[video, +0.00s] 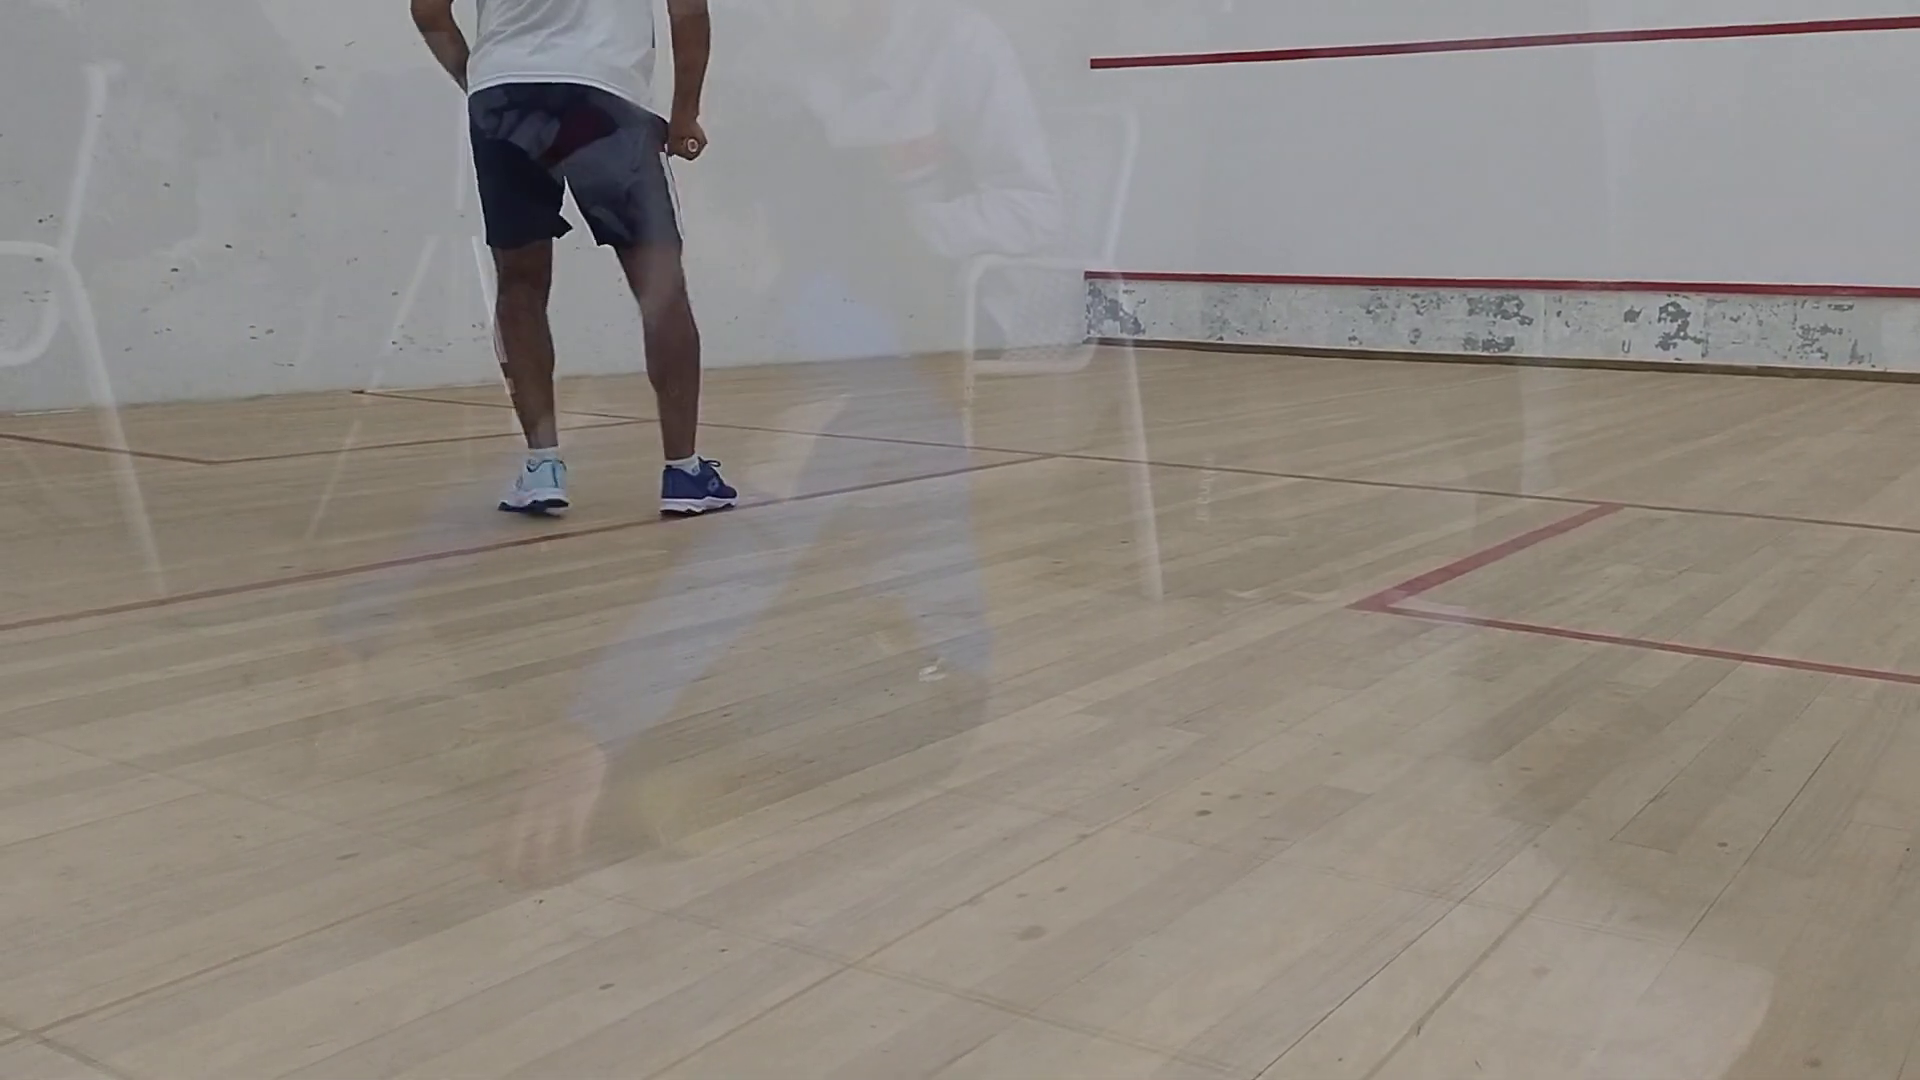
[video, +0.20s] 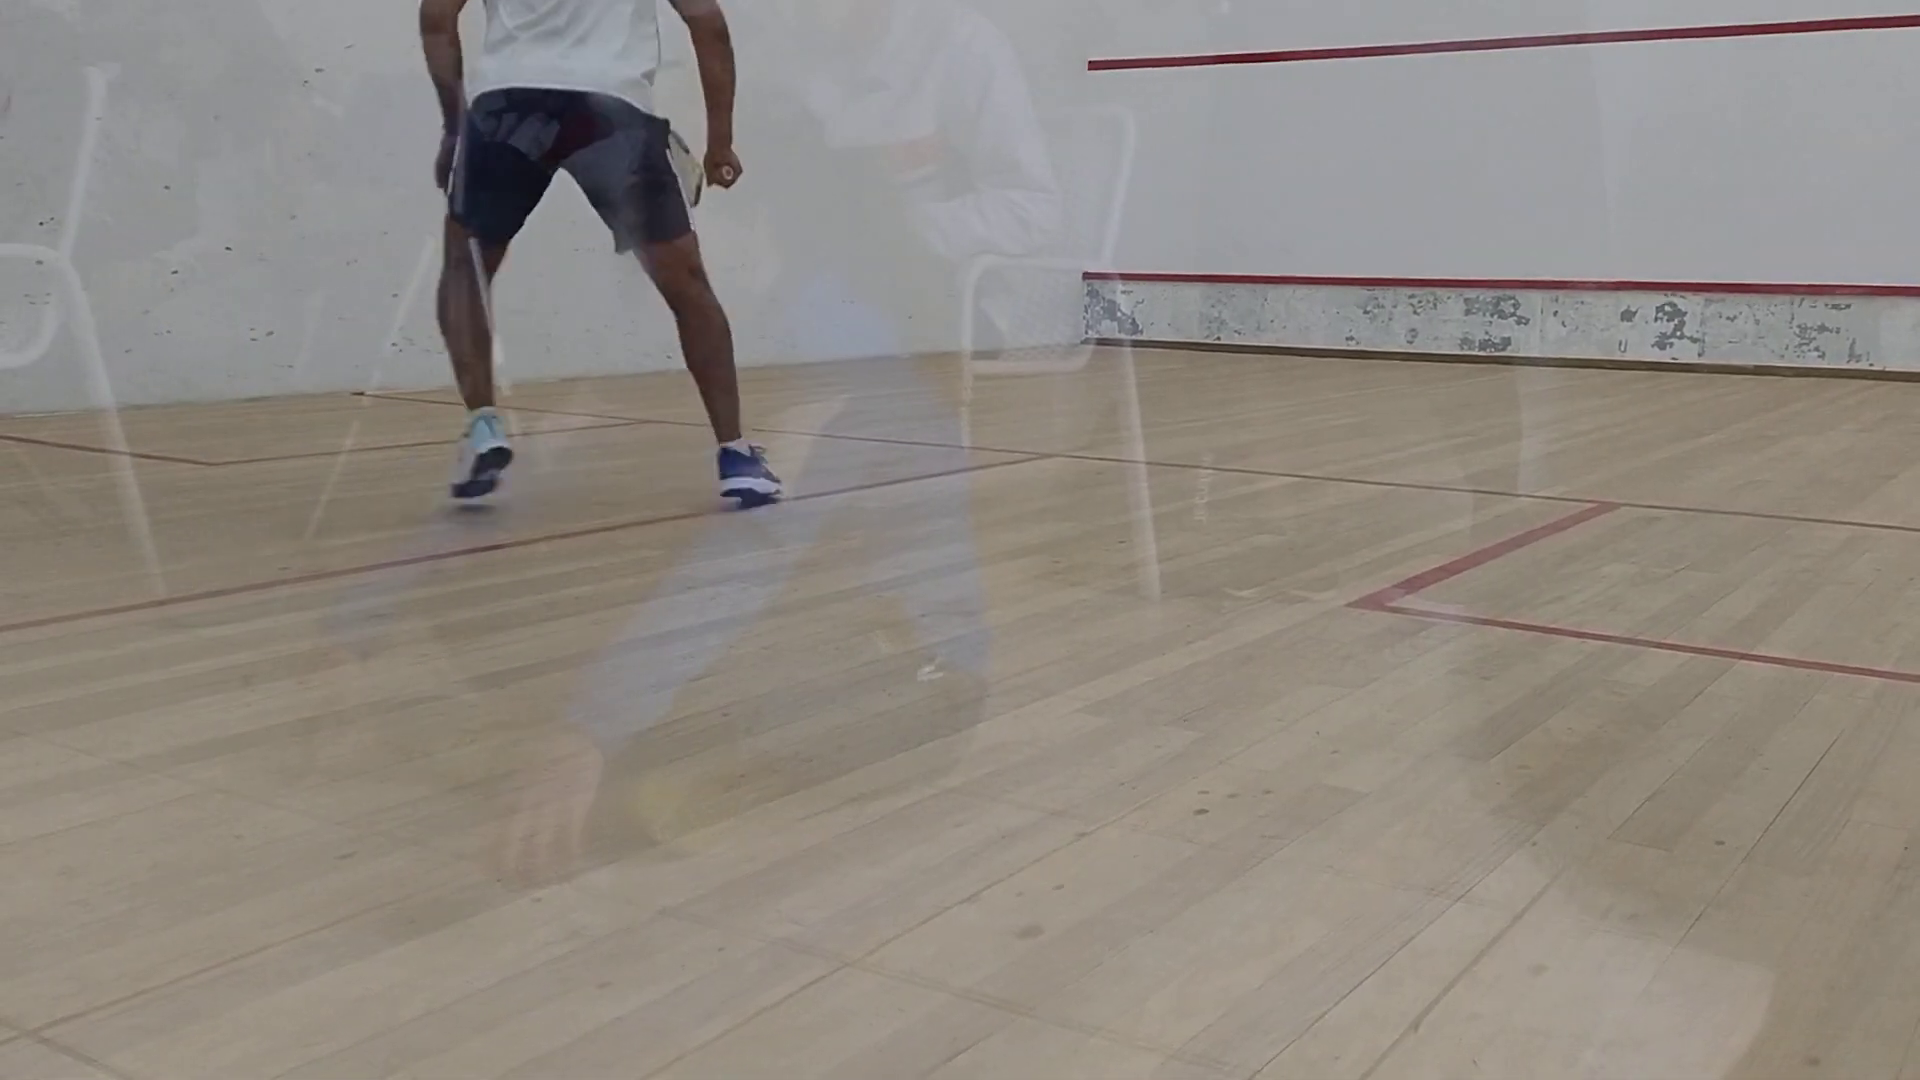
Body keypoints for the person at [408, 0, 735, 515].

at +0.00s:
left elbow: (428, 11)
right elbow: (689, 10)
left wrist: (485, 88)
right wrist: (684, 113)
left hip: (501, 86)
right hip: (606, 83)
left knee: (521, 288)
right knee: (661, 287)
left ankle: (542, 466)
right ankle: (684, 468)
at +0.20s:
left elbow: (435, 20)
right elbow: (709, 21)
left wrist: (455, 126)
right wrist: (721, 140)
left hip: (507, 94)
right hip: (614, 96)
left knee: (464, 266)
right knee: (686, 286)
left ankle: (483, 425)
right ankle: (735, 452)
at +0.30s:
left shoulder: (490, 2)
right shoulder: (658, 5)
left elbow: (431, 66)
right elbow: (716, 87)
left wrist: (422, 176)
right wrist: (737, 199)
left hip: (507, 144)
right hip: (617, 146)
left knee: (428, 272)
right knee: (701, 302)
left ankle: (387, 436)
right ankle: (752, 461)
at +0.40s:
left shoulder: (440, 4)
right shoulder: (604, 8)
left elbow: (391, 77)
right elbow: (662, 108)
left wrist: (370, 179)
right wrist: (708, 218)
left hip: (478, 156)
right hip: (587, 158)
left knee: (379, 269)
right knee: (678, 305)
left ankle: (339, 447)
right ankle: (750, 462)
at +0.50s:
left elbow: (308, 51)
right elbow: (568, 74)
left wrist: (279, 140)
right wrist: (618, 182)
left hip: (405, 141)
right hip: (513, 140)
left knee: (324, 279)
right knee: (605, 287)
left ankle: (337, 452)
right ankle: (720, 434)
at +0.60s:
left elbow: (209, 7)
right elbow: (473, 51)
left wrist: (171, 84)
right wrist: (505, 160)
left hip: (331, 115)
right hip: (434, 110)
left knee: (290, 283)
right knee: (488, 274)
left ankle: (334, 453)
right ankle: (573, 414)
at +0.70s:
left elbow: (120, 2)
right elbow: (388, 49)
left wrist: (79, 55)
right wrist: (390, 149)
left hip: (263, 87)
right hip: (360, 91)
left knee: (209, 260)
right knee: (342, 262)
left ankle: (296, 427)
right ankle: (418, 427)